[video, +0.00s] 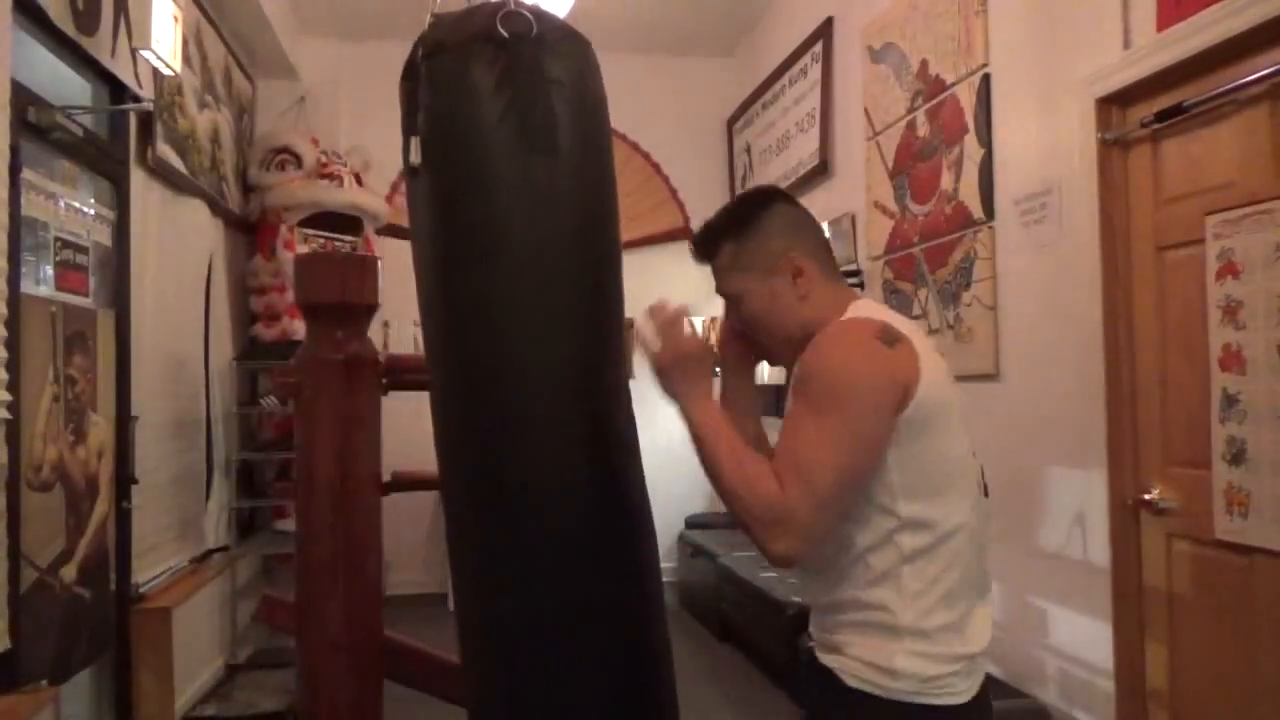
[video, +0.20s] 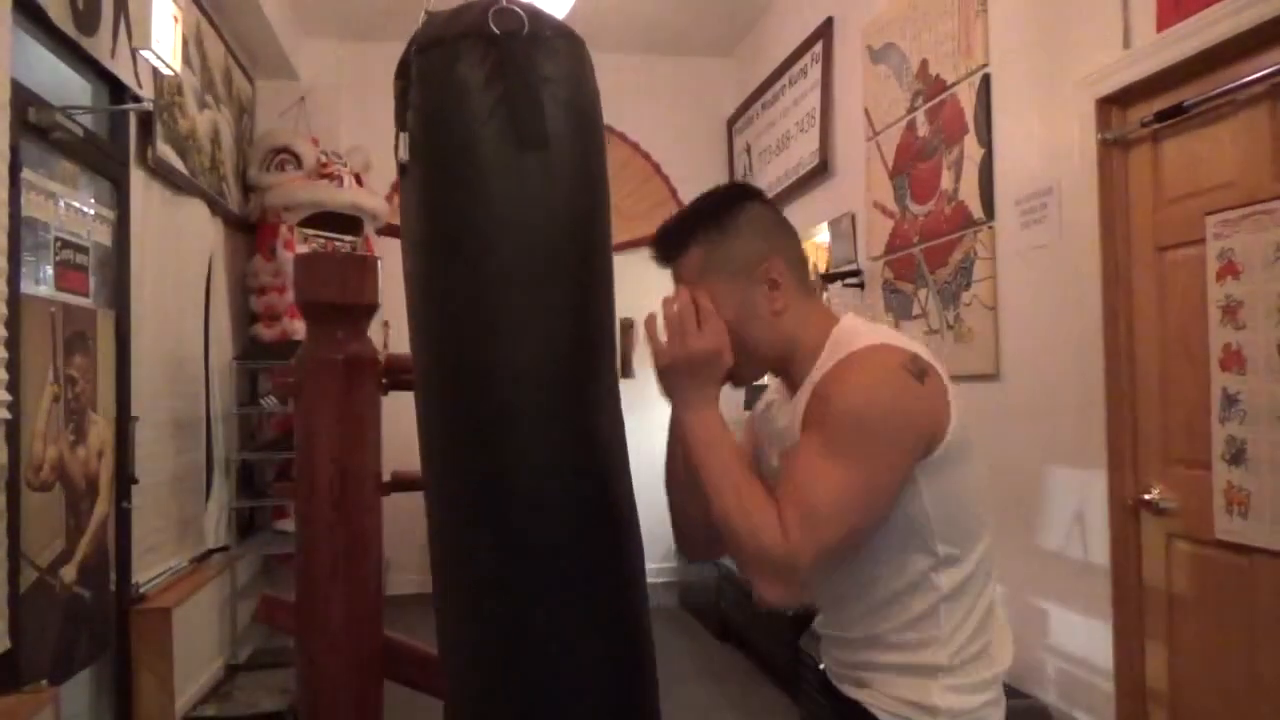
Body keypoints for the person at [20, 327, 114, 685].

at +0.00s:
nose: (69, 390)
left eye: (75, 381)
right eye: (64, 383)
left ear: (91, 382)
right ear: (60, 387)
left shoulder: (104, 431)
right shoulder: (62, 433)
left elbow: (104, 501)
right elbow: (38, 480)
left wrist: (76, 561)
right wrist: (45, 400)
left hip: (101, 550)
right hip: (72, 548)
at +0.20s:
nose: (72, 390)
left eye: (77, 381)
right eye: (66, 382)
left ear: (92, 383)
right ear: (61, 386)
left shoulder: (105, 431)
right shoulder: (62, 434)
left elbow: (104, 503)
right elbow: (37, 480)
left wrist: (76, 562)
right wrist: (45, 402)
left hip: (104, 549)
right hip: (75, 548)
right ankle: (60, 685)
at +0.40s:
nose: (69, 390)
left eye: (75, 381)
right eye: (64, 382)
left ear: (92, 384)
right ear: (60, 387)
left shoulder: (105, 431)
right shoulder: (62, 436)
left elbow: (105, 502)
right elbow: (37, 480)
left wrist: (76, 562)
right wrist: (46, 399)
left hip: (105, 547)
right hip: (75, 545)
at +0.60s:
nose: (69, 390)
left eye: (75, 381)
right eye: (64, 383)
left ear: (91, 384)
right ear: (61, 388)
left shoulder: (105, 431)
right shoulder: (64, 437)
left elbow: (105, 502)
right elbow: (38, 480)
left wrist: (76, 562)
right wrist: (47, 400)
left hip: (103, 552)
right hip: (74, 551)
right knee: (29, 604)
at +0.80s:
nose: (69, 391)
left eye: (75, 382)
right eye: (64, 383)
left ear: (91, 384)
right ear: (60, 388)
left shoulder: (105, 432)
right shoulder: (63, 437)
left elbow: (104, 501)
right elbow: (38, 481)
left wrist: (76, 561)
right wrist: (46, 400)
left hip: (104, 552)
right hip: (74, 552)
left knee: (104, 632)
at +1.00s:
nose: (69, 391)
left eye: (75, 381)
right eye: (64, 383)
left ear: (91, 385)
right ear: (60, 389)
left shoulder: (105, 431)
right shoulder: (62, 437)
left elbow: (105, 501)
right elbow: (38, 481)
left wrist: (76, 562)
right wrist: (46, 401)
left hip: (104, 551)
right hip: (74, 550)